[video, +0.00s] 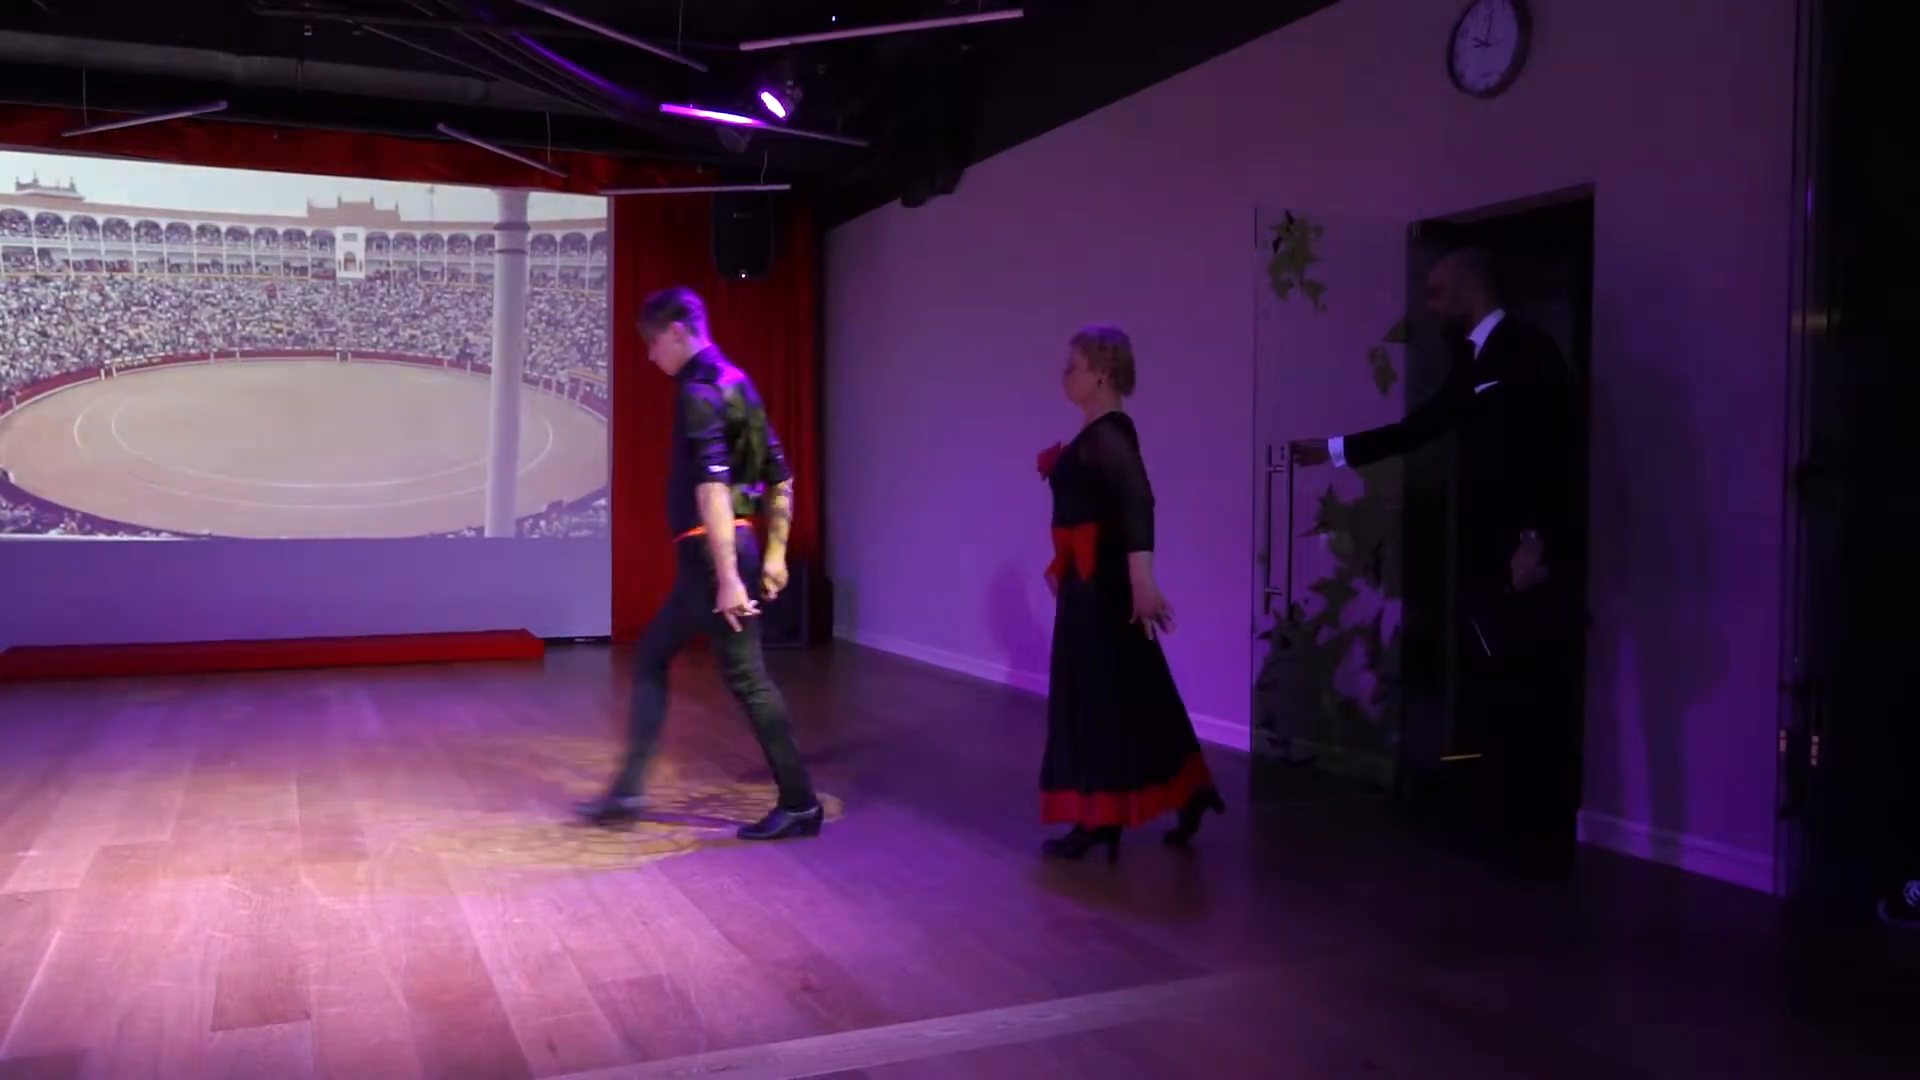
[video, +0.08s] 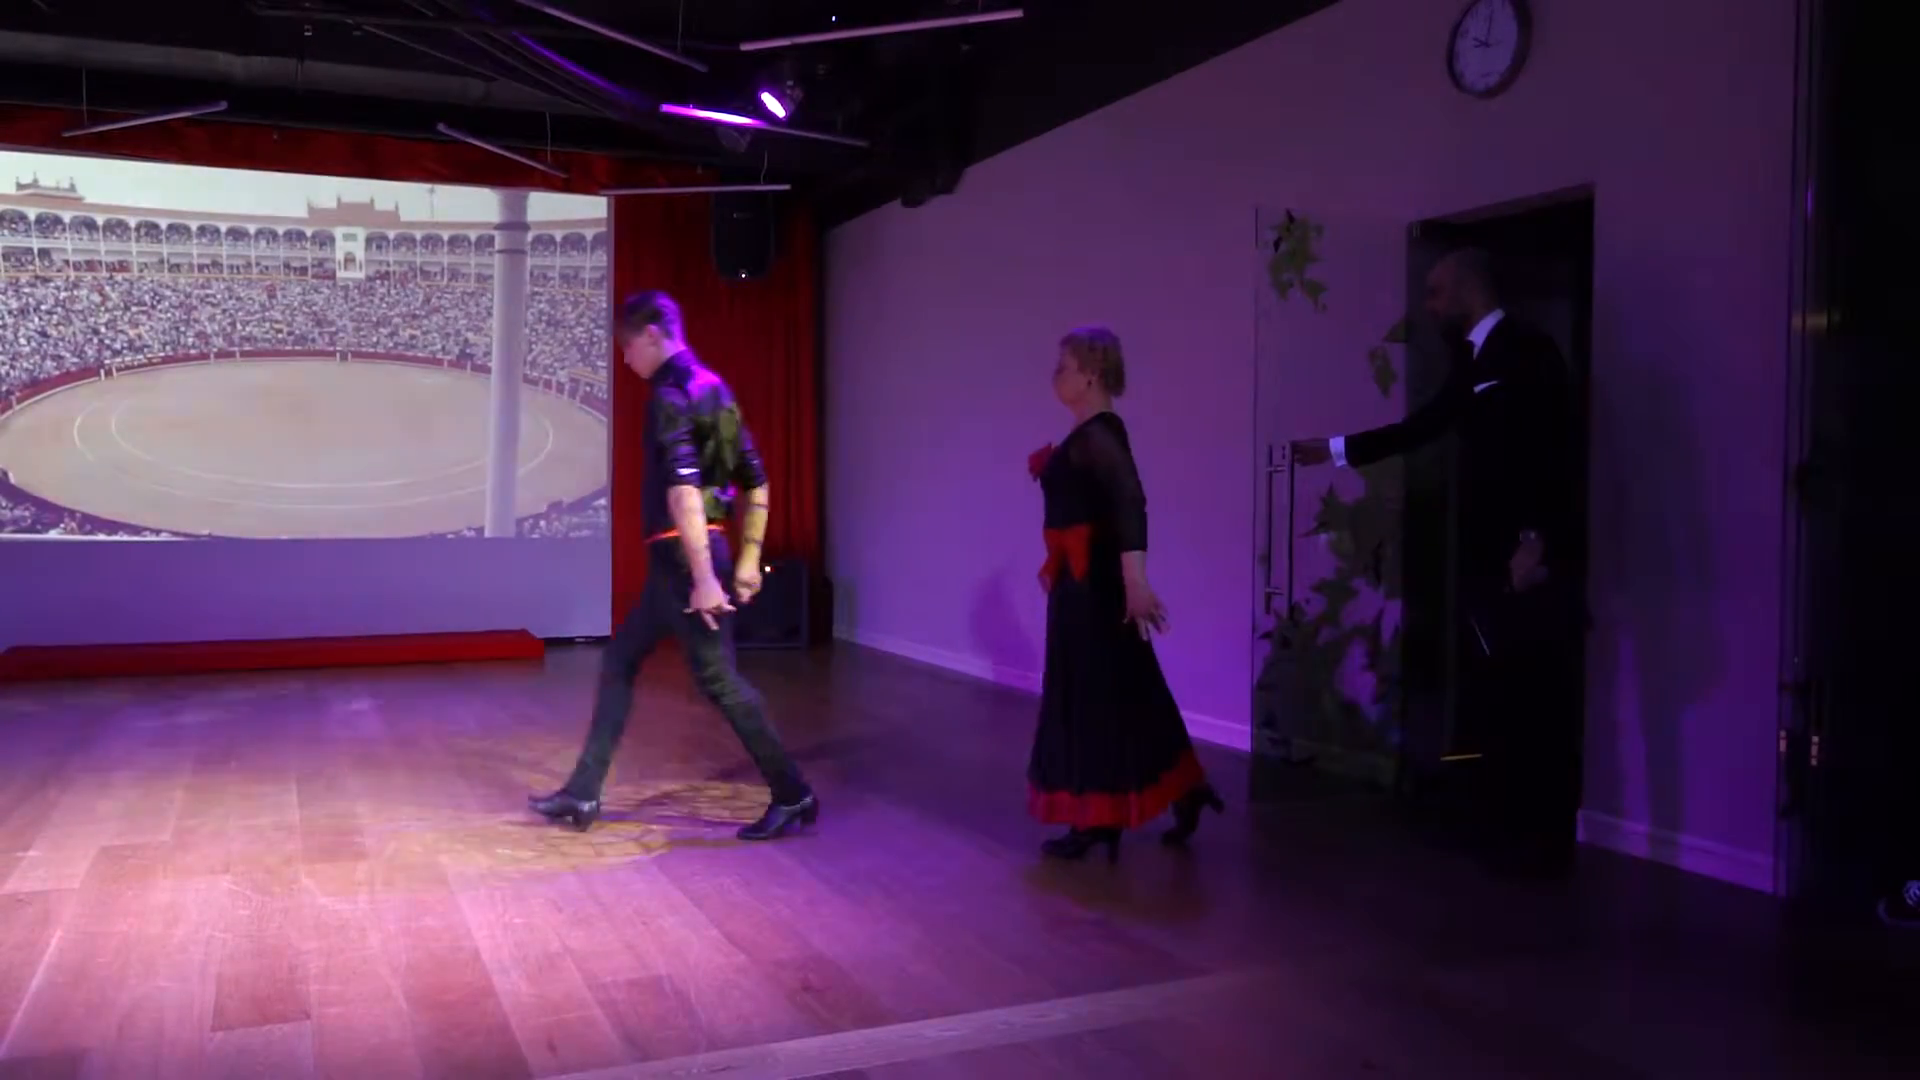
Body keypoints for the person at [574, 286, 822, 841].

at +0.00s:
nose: (652, 355)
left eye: (654, 342)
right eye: (650, 344)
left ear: (682, 331)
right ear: (688, 332)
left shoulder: (699, 391)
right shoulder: (737, 384)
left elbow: (714, 487)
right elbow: (779, 479)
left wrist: (728, 577)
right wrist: (775, 553)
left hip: (713, 555)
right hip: (727, 550)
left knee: (749, 680)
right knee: (653, 654)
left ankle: (800, 802)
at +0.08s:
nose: (626, 356)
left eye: (629, 344)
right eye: (624, 345)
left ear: (657, 334)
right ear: (666, 335)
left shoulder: (670, 395)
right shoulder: (713, 388)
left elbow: (685, 491)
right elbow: (754, 483)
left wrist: (704, 577)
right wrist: (750, 560)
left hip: (682, 558)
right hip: (695, 554)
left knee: (718, 679)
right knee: (620, 658)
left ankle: (792, 794)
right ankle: (583, 791)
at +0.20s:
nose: (589, 360)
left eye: (591, 347)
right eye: (587, 349)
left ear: (618, 335)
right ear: (629, 335)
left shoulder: (631, 391)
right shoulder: (674, 387)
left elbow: (645, 483)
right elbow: (711, 485)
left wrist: (666, 572)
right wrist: (698, 565)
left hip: (628, 556)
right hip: (644, 554)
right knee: (582, 667)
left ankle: (731, 764)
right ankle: (569, 798)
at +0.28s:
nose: (567, 360)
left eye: (568, 348)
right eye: (564, 349)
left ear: (593, 337)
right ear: (604, 336)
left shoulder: (610, 392)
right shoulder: (648, 386)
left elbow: (625, 482)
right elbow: (683, 487)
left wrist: (639, 568)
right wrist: (663, 564)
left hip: (597, 555)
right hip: (620, 552)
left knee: (547, 674)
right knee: (569, 676)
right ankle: (567, 799)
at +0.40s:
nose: (533, 362)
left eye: (536, 348)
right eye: (531, 350)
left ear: (562, 339)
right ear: (574, 339)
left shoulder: (580, 391)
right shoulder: (619, 388)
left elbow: (595, 481)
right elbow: (648, 487)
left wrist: (602, 563)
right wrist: (634, 564)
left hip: (557, 555)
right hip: (593, 559)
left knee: (479, 656)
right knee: (553, 675)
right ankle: (568, 800)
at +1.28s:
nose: (510, 338)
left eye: (512, 325)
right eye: (508, 326)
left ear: (535, 315)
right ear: (554, 314)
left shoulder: (547, 371)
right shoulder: (597, 368)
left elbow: (565, 459)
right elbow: (652, 431)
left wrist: (590, 540)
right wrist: (668, 504)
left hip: (544, 542)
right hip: (589, 538)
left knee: (541, 682)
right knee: (620, 673)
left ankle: (539, 816)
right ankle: (681, 798)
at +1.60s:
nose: (583, 307)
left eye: (584, 293)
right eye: (580, 294)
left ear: (609, 281)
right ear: (629, 279)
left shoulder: (631, 345)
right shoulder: (681, 338)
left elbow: (657, 448)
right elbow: (684, 444)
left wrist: (693, 522)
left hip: (637, 545)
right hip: (678, 539)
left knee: (634, 708)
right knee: (721, 693)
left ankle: (629, 862)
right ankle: (788, 840)